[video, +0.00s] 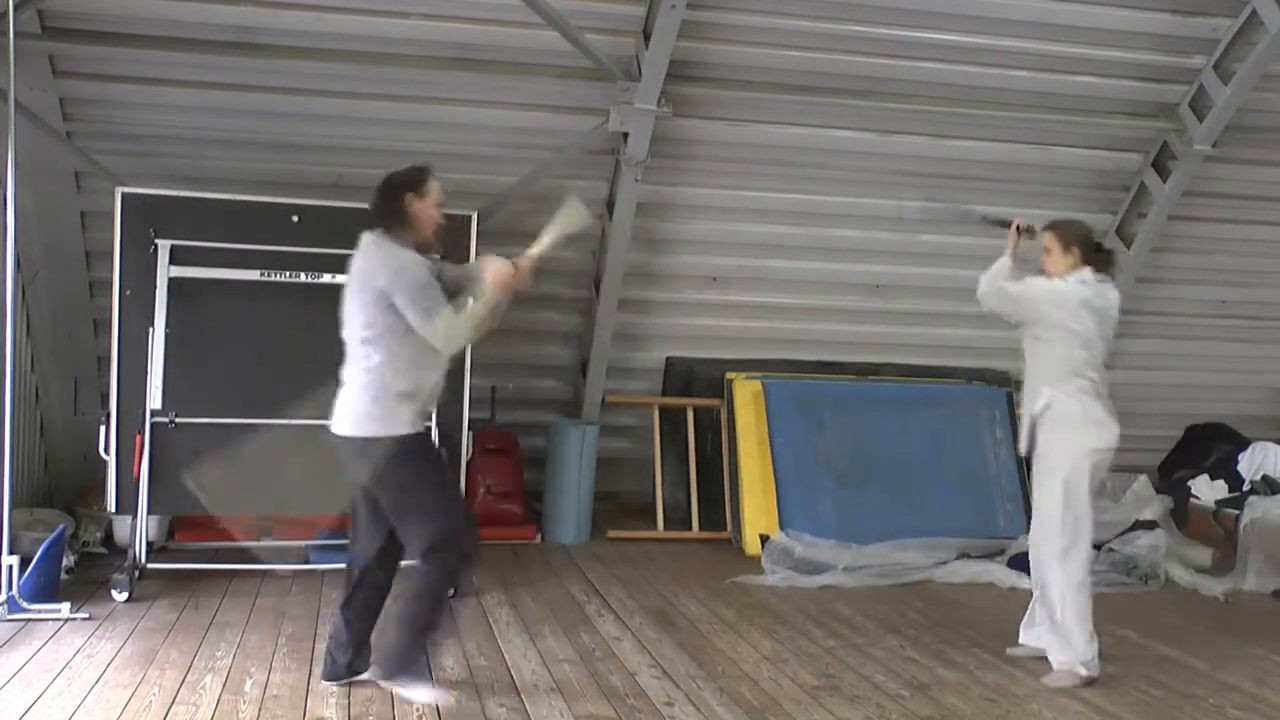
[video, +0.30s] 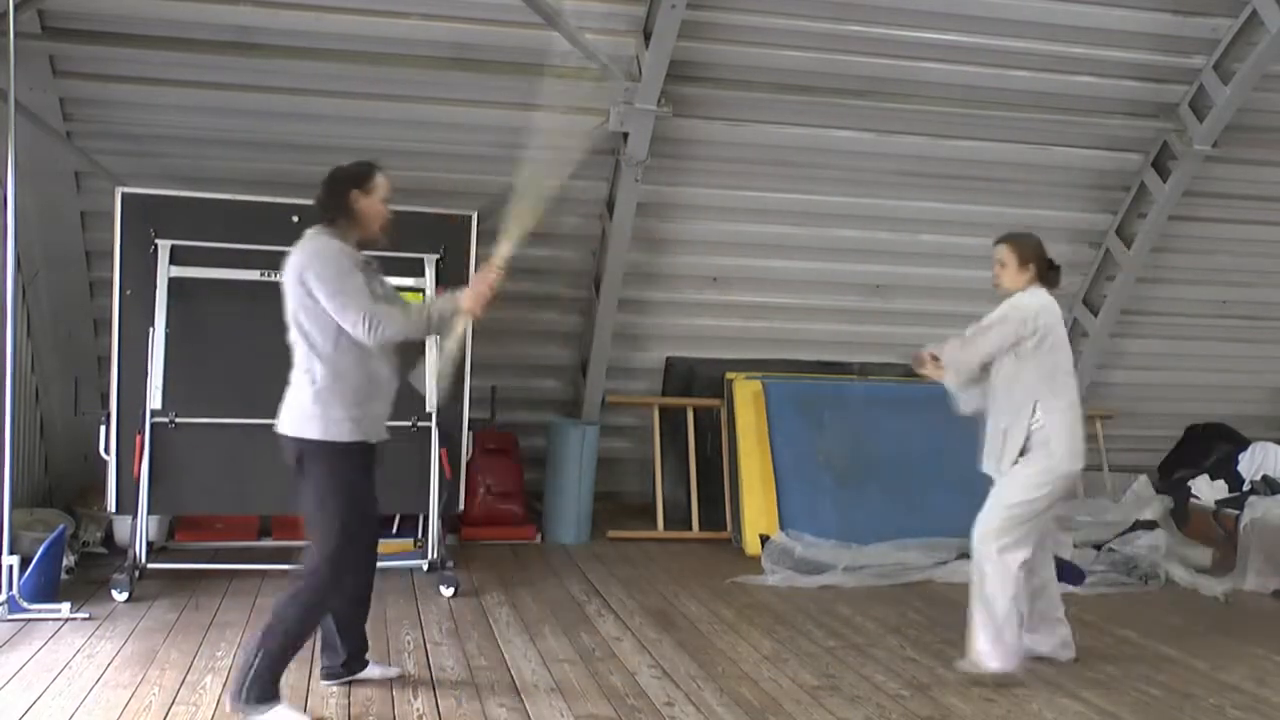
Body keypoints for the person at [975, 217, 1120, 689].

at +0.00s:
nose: (1041, 260)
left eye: (1048, 253)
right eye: (1042, 252)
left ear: (1073, 255)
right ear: (1080, 257)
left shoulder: (1053, 295)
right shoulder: (1100, 296)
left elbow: (991, 292)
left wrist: (1009, 254)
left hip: (1068, 429)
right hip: (1090, 426)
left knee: (1059, 540)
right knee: (1056, 534)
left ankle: (1077, 658)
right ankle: (1044, 633)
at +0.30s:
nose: (995, 274)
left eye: (1002, 265)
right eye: (995, 265)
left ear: (1029, 269)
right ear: (1027, 271)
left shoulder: (1031, 304)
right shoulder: (1028, 313)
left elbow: (972, 348)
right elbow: (982, 397)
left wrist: (942, 356)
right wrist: (949, 373)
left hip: (1045, 453)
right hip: (1046, 453)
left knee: (990, 536)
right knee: (1029, 547)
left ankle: (995, 656)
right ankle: (1049, 639)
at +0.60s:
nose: (967, 266)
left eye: (981, 250)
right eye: (971, 256)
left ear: (1000, 255)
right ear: (976, 256)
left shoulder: (1012, 291)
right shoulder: (957, 294)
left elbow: (972, 239)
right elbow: (917, 292)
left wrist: (922, 219)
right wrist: (909, 244)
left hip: (999, 441)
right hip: (956, 438)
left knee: (980, 551)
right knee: (939, 542)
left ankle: (982, 662)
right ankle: (1016, 597)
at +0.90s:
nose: (879, 259)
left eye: (888, 250)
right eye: (876, 250)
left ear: (914, 255)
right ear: (875, 254)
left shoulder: (927, 297)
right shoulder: (865, 298)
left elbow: (949, 252)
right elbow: (873, 225)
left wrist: (957, 206)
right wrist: (926, 194)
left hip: (916, 455)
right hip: (863, 454)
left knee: (923, 560)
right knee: (838, 558)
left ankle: (971, 657)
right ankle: (851, 659)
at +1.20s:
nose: (826, 251)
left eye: (836, 243)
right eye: (824, 243)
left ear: (864, 246)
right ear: (826, 245)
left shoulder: (873, 287)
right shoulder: (833, 286)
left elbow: (818, 288)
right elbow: (788, 281)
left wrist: (773, 231)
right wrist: (756, 236)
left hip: (858, 437)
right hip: (827, 435)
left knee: (796, 543)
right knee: (818, 545)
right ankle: (852, 656)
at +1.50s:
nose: (787, 246)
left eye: (794, 237)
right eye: (788, 237)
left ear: (822, 241)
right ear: (828, 243)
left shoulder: (803, 292)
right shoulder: (851, 290)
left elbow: (748, 353)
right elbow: (802, 353)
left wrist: (702, 344)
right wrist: (730, 348)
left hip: (806, 442)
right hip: (845, 439)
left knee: (769, 549)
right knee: (811, 542)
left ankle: (760, 672)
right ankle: (838, 651)